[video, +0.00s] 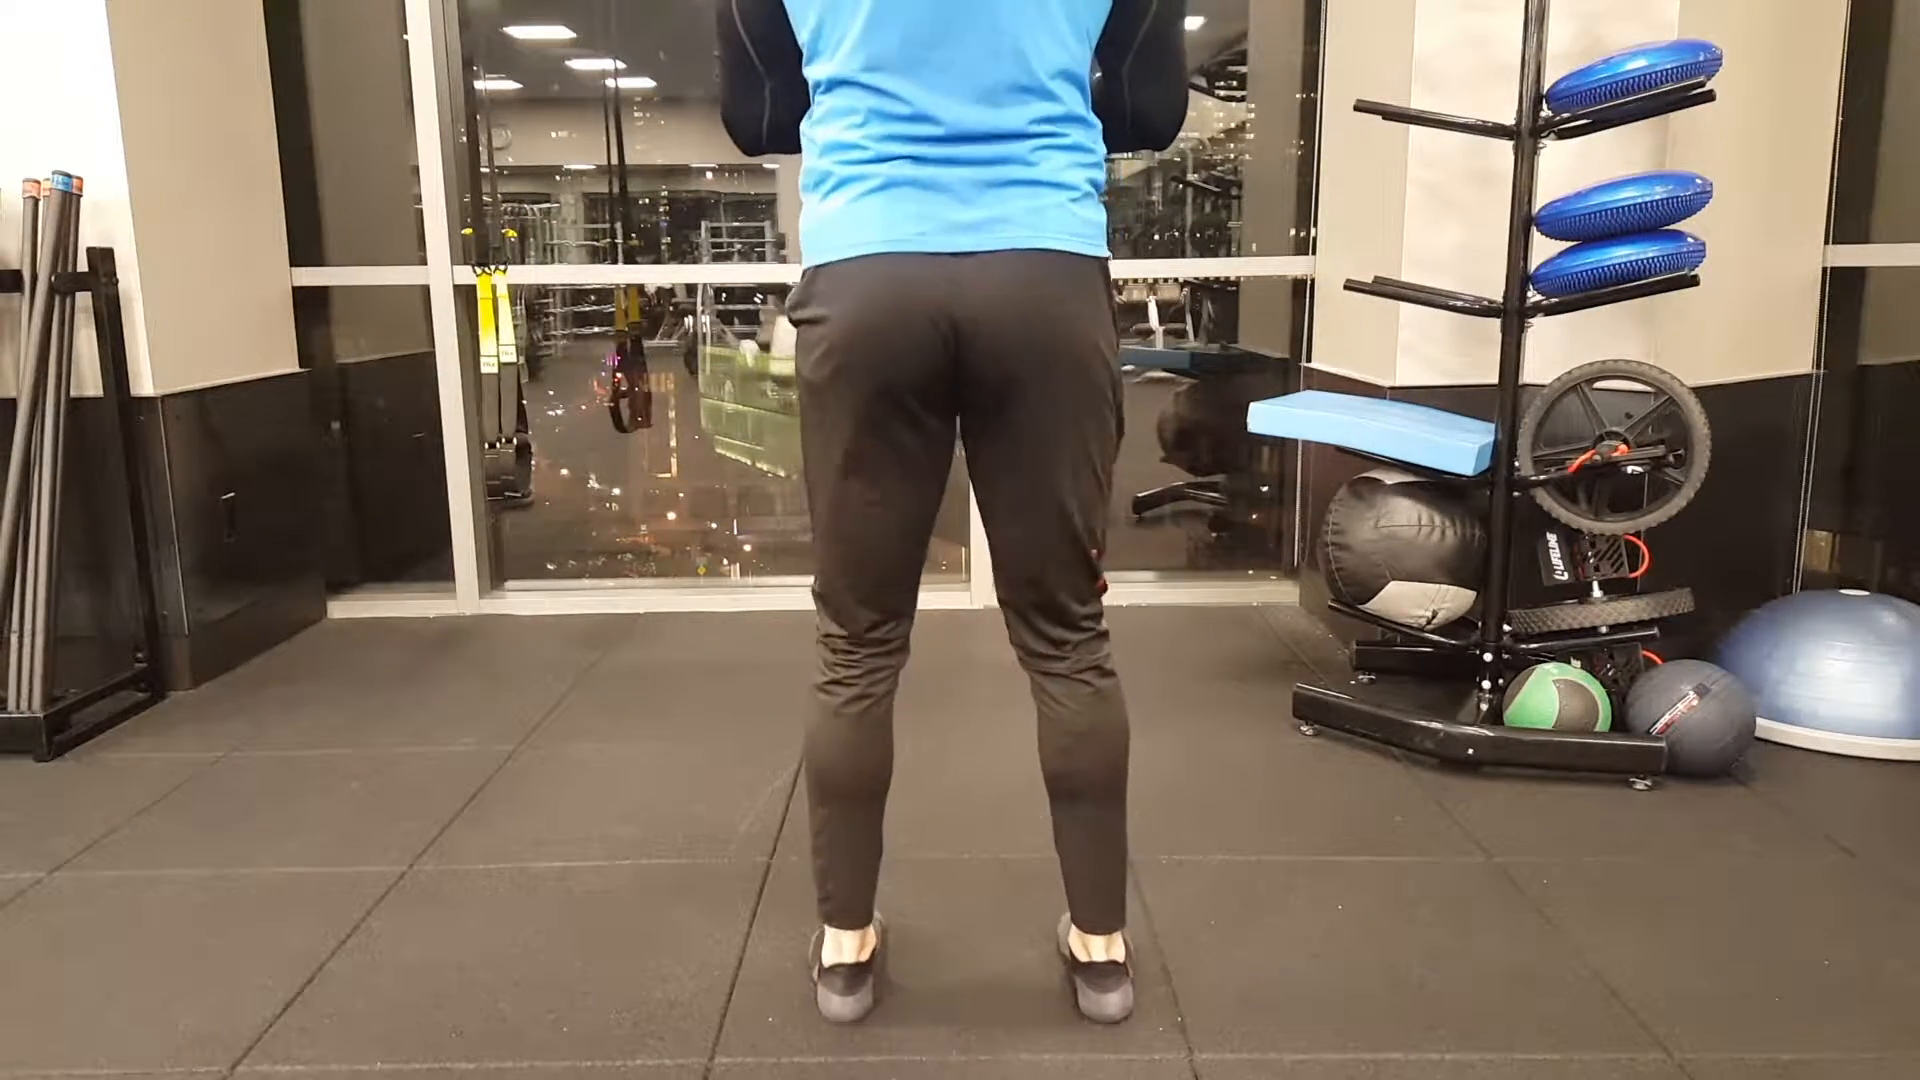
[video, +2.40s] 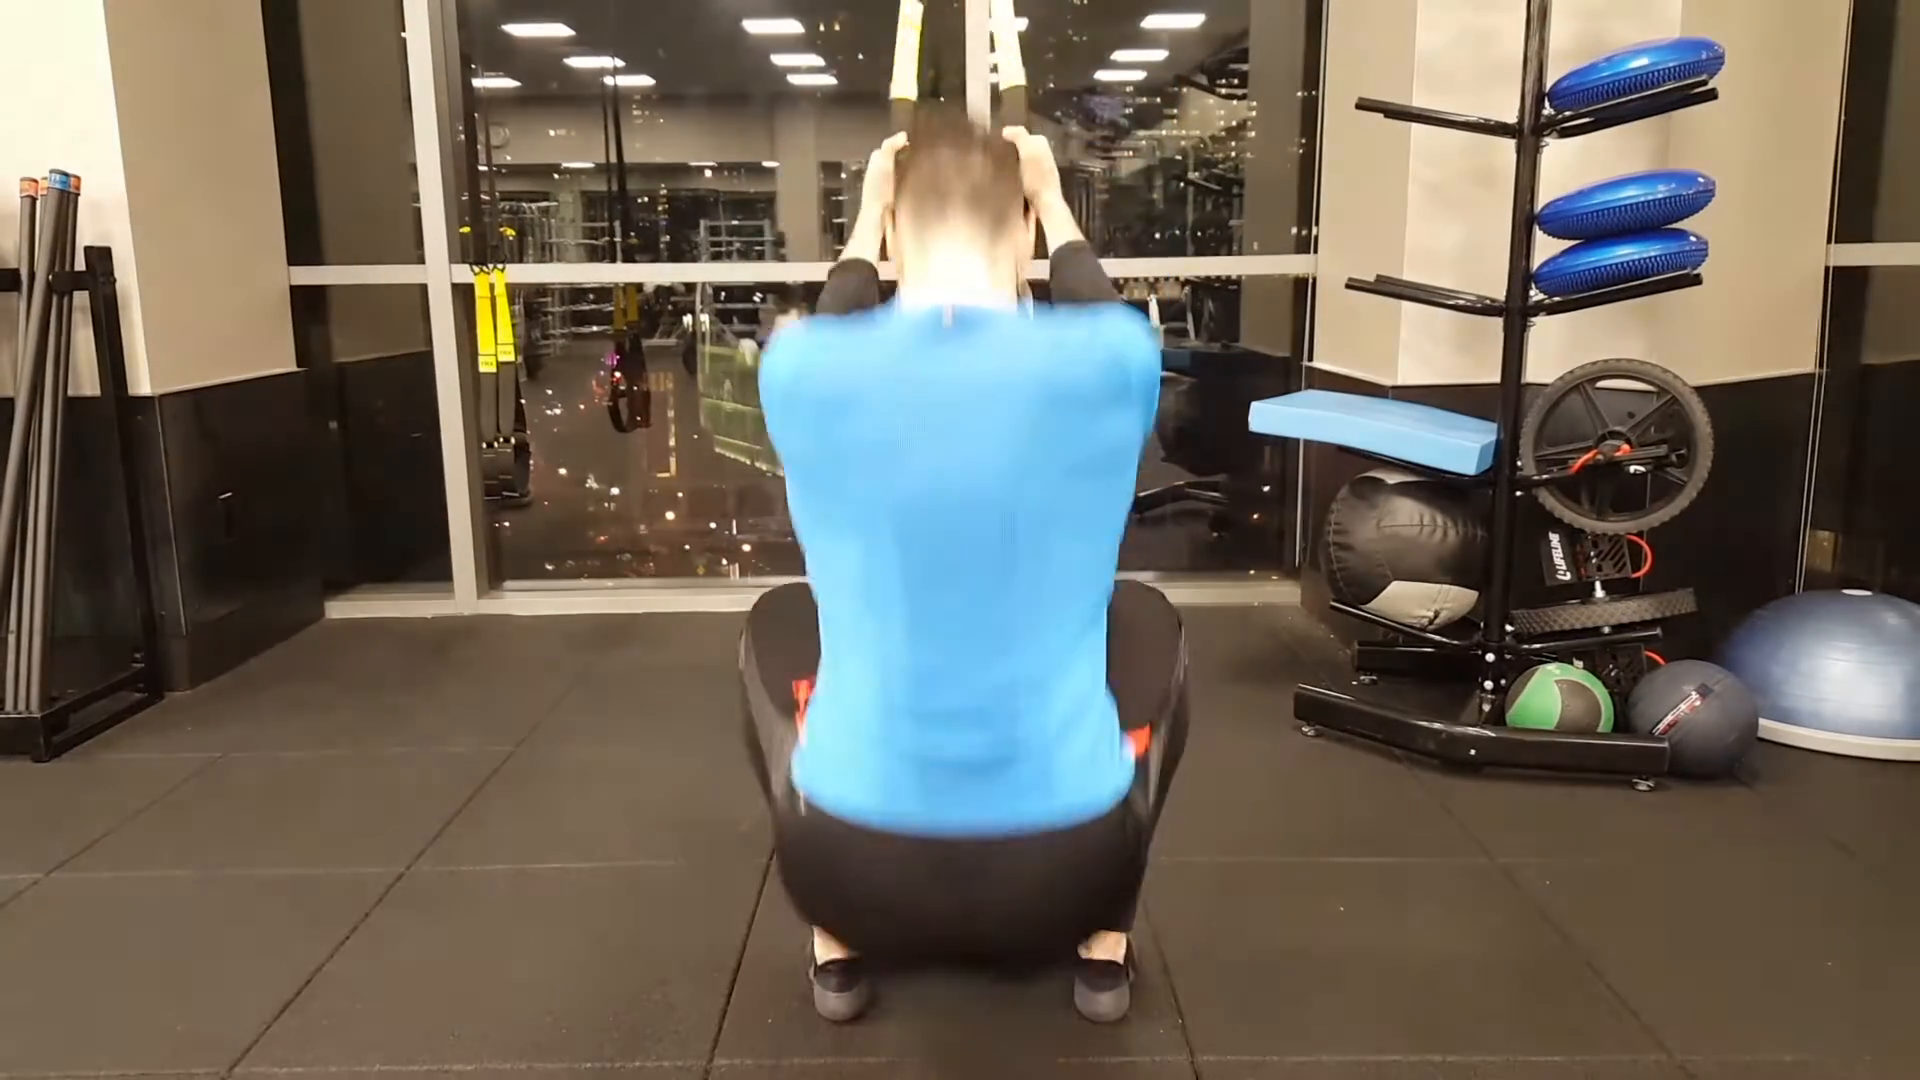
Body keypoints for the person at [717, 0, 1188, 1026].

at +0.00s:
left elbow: (758, 119)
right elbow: (1149, 113)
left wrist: (880, 85)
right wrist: (1022, 93)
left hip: (866, 273)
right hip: (1046, 272)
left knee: (856, 642)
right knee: (1066, 631)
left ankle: (845, 952)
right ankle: (1102, 954)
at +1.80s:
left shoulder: (764, 9)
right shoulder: (1129, 9)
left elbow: (783, 229)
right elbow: (1128, 225)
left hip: (847, 410)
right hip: (1070, 409)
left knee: (820, 665)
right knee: (1104, 663)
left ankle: (836, 953)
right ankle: (1106, 955)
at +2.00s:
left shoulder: (775, 83)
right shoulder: (1128, 68)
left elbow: (780, 289)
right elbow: (1118, 286)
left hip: (843, 560)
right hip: (1076, 560)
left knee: (798, 671)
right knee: (1122, 666)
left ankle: (835, 951)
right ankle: (1106, 953)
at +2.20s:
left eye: (909, 79)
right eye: (1010, 78)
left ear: (885, 87)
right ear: (1025, 85)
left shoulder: (784, 220)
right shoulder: (1127, 207)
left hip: (850, 724)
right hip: (1062, 726)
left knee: (774, 612)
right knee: (1148, 613)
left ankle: (833, 947)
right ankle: (1107, 951)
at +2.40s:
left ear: (893, 234)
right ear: (1026, 234)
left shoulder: (800, 375)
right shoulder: (1113, 366)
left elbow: (827, 330)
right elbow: (1107, 316)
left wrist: (867, 230)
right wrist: (1055, 213)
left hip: (867, 885)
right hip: (1055, 884)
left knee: (777, 611)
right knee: (1144, 607)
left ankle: (833, 939)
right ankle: (1109, 938)